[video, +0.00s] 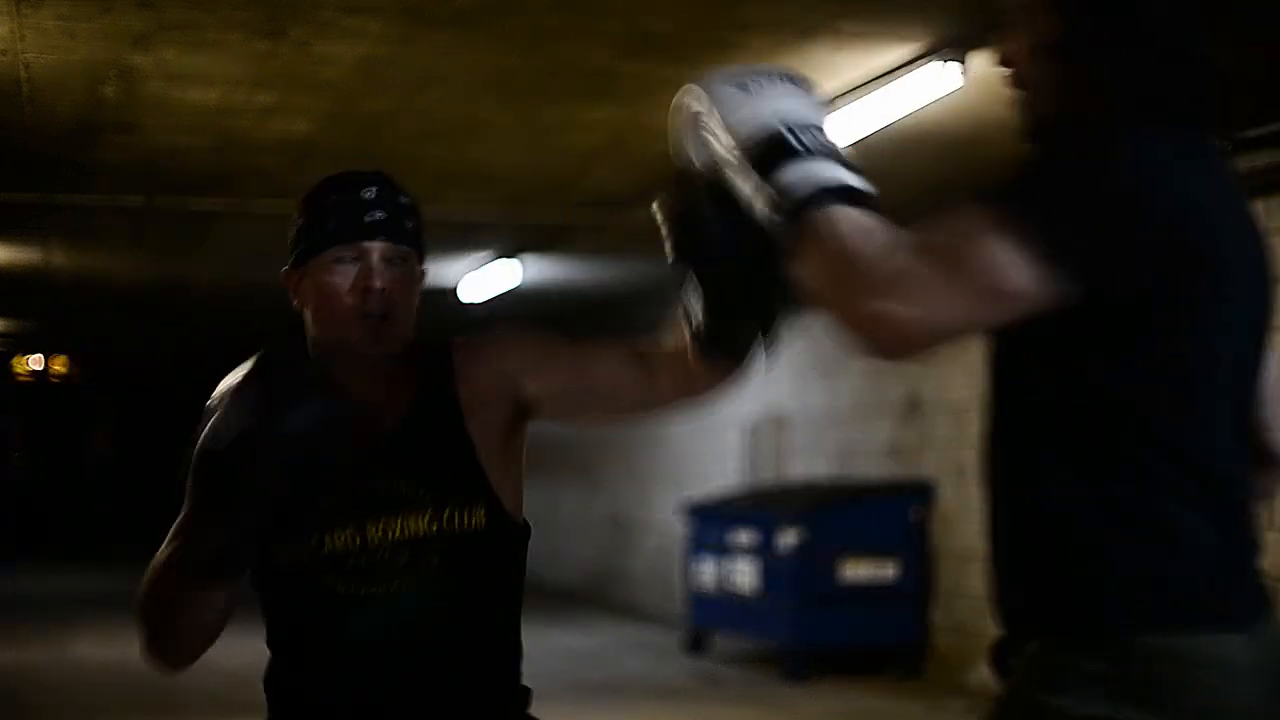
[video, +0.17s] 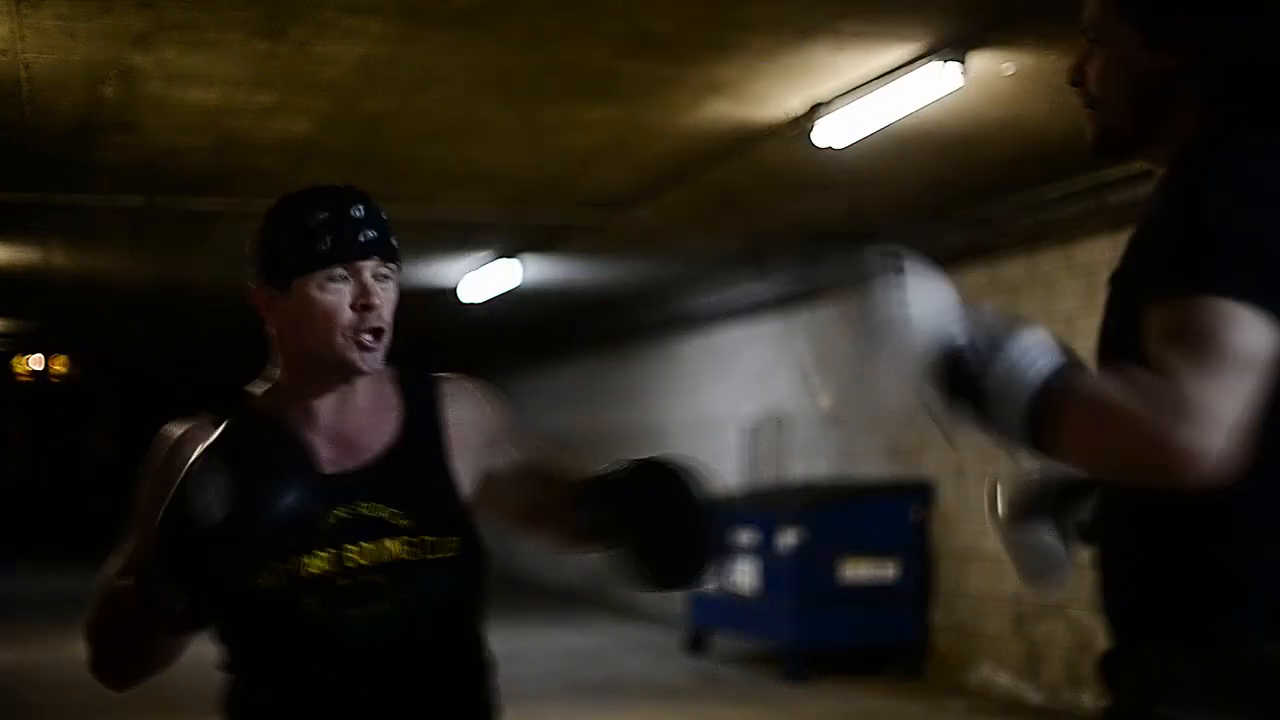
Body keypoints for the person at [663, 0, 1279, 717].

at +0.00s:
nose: (1006, 58)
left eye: (1025, 34)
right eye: (1008, 35)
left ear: (1083, 42)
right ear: (1141, 50)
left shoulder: (1110, 174)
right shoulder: (1213, 196)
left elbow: (896, 302)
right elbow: (1261, 433)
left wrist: (787, 151)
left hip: (1106, 658)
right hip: (1204, 649)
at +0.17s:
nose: (1077, 75)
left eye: (1098, 41)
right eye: (1086, 45)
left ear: (1173, 45)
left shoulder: (1233, 184)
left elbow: (1193, 430)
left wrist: (973, 351)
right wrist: (1091, 504)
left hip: (1227, 669)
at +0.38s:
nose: (1089, 71)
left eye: (1109, 37)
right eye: (1097, 41)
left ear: (1182, 45)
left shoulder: (1210, 182)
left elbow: (1254, 426)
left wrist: (1079, 557)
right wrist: (1119, 415)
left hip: (1241, 660)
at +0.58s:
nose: (1047, 54)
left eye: (1068, 21)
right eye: (1057, 25)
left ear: (1142, 29)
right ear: (1160, 37)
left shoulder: (1180, 173)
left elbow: (1139, 459)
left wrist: (917, 475)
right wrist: (1093, 386)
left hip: (1223, 667)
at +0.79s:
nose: (1048, 39)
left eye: (1071, 12)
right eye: (1058, 15)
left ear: (1141, 22)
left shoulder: (1164, 179)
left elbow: (1055, 463)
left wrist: (896, 350)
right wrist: (1015, 342)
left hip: (1221, 663)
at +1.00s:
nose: (1059, 66)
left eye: (1080, 28)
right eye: (1069, 33)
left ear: (1157, 34)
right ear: (1171, 40)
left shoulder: (1216, 180)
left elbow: (1141, 480)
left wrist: (1006, 333)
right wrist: (1058, 330)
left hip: (1228, 670)